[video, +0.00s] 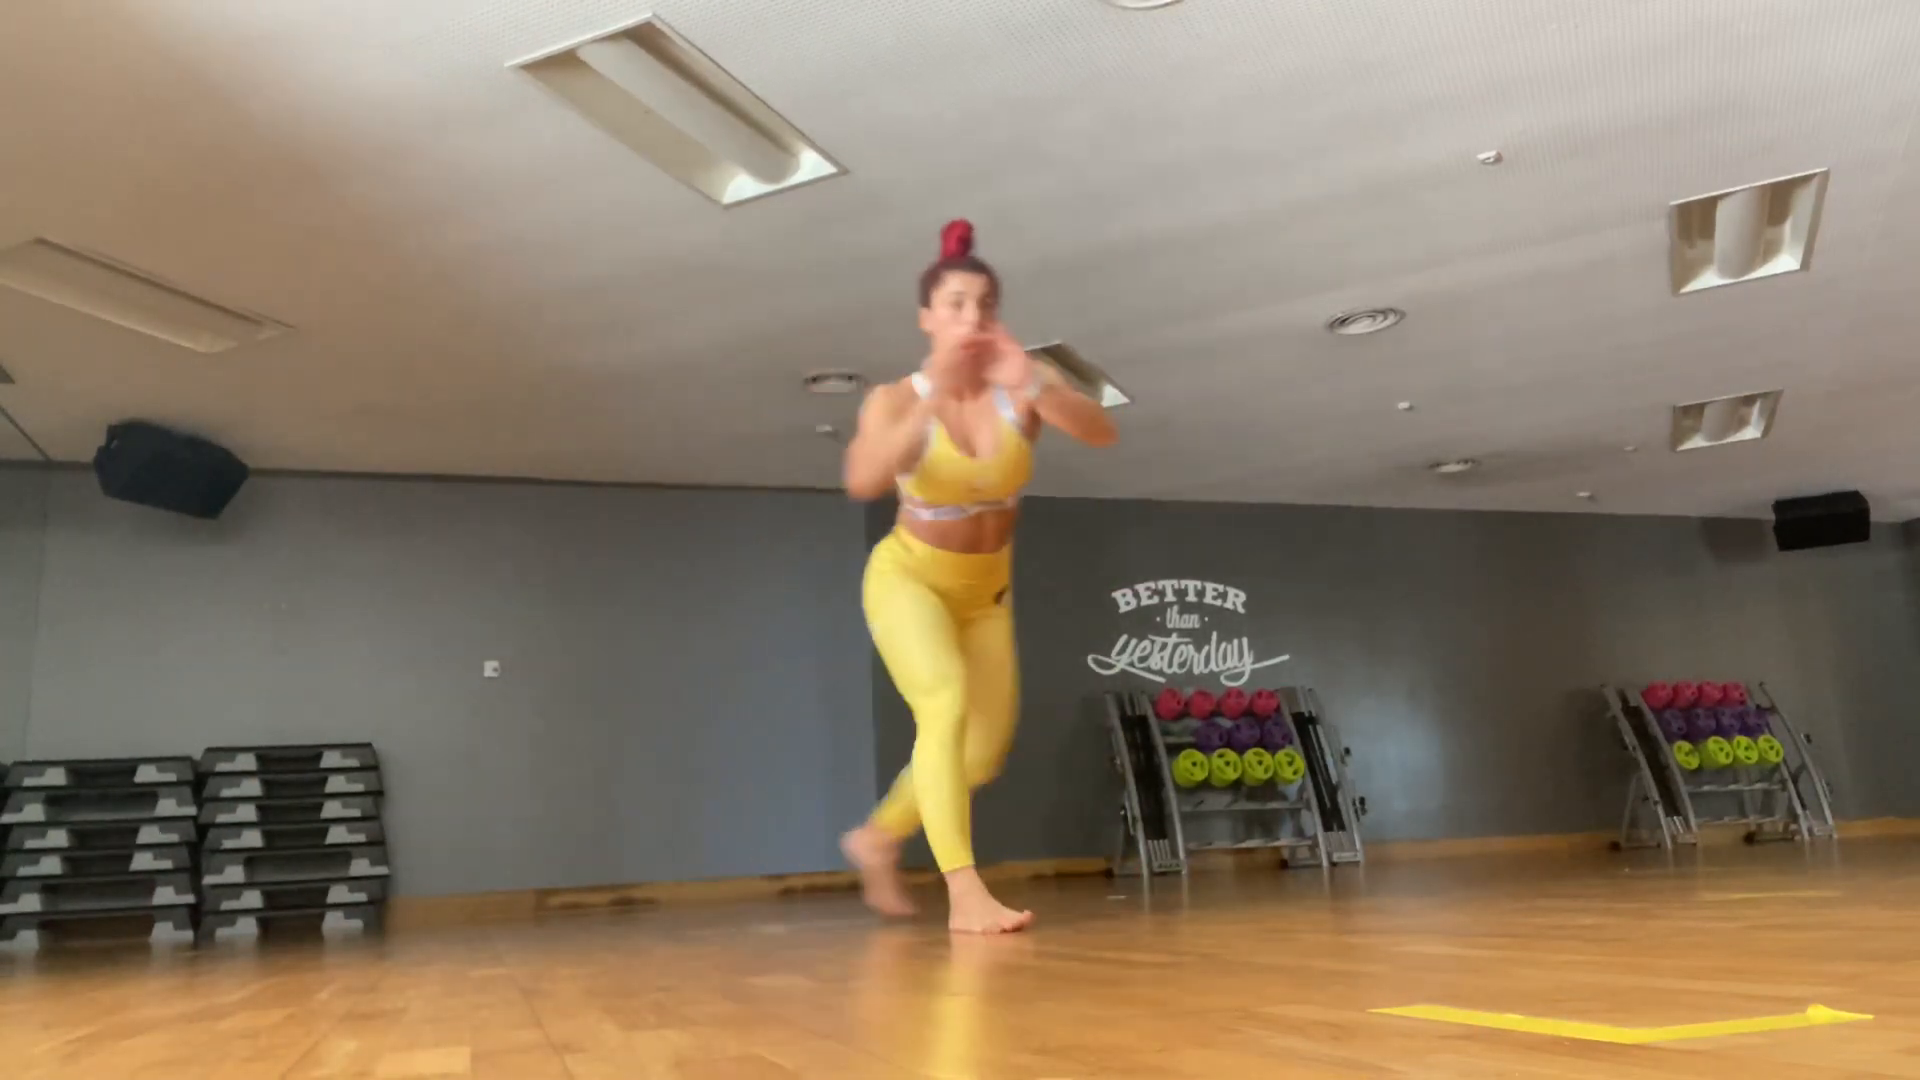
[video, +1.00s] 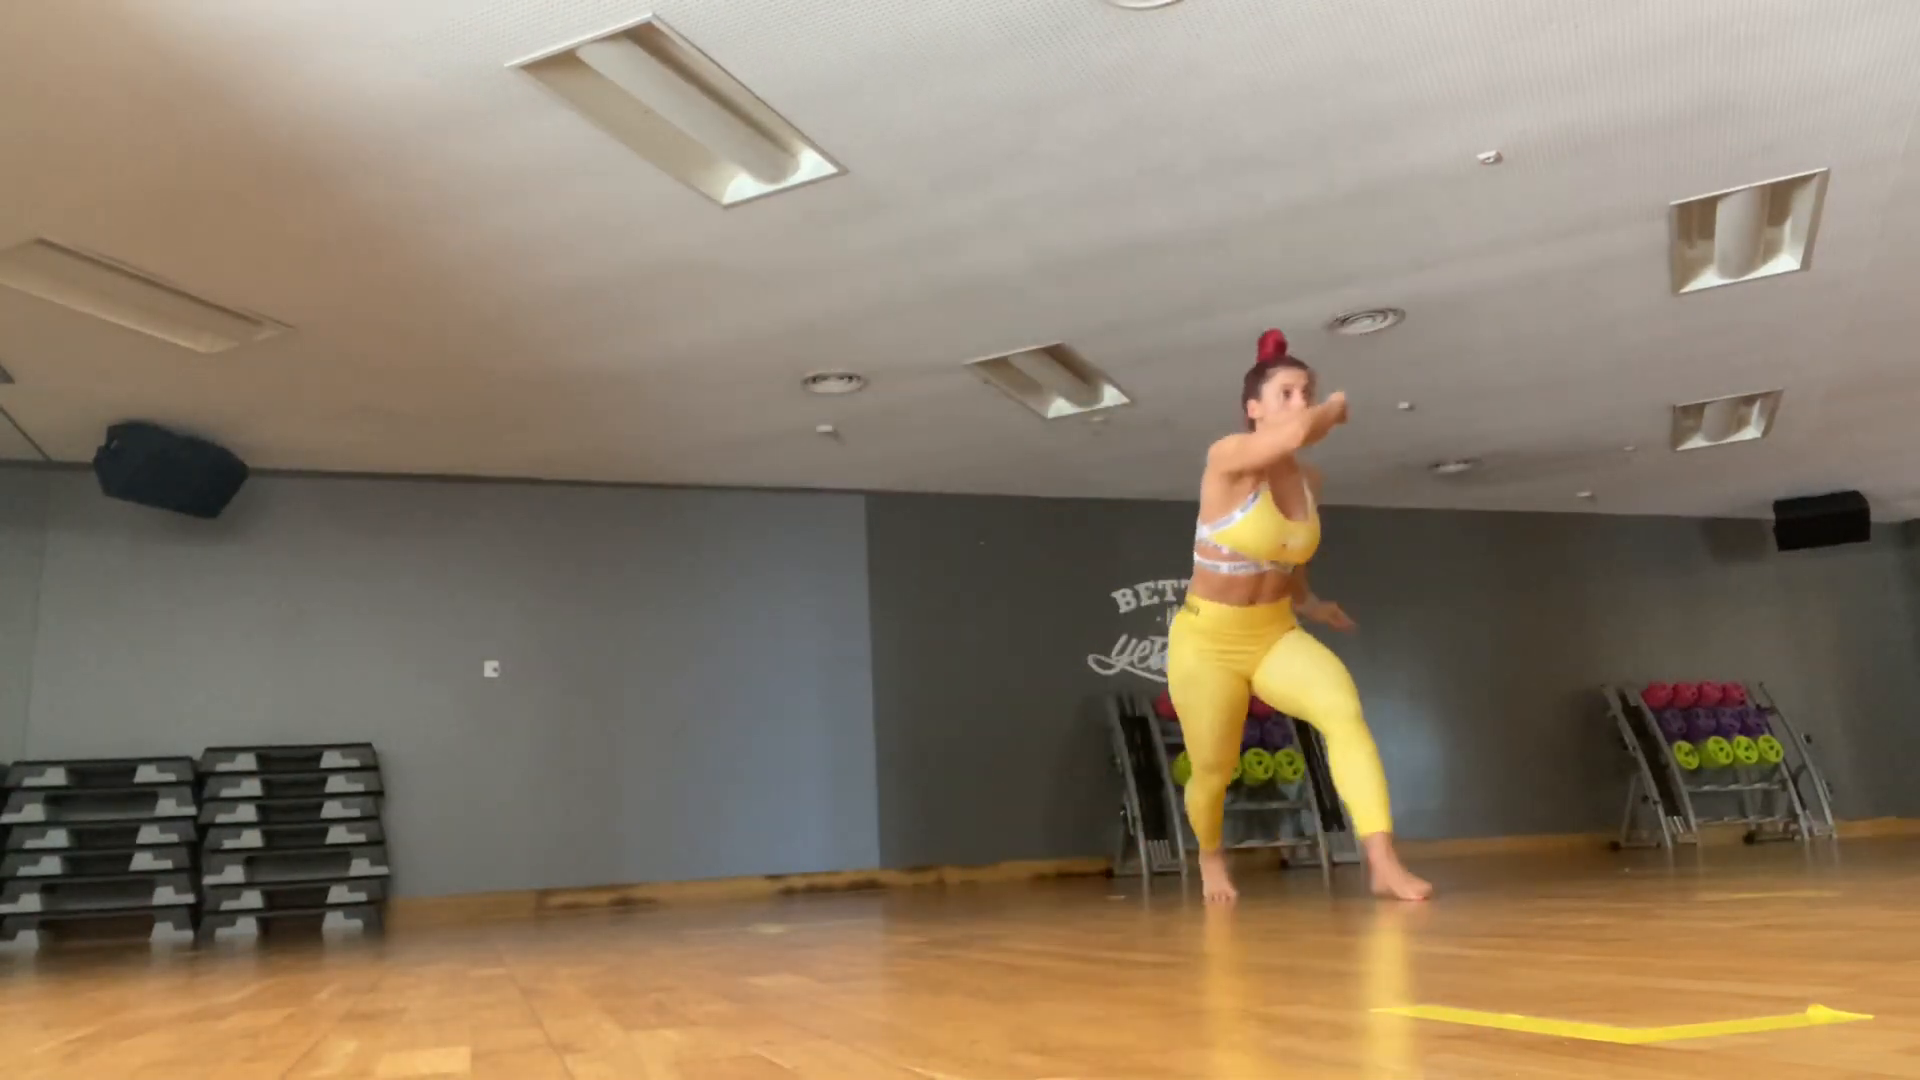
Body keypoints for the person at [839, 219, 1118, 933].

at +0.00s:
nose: (973, 318)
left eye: (986, 305)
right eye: (958, 304)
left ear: (997, 318)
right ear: (926, 316)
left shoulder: (1018, 389)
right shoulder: (897, 400)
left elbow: (1102, 433)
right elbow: (861, 483)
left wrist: (1035, 385)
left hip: (987, 592)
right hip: (910, 579)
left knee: (983, 752)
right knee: (943, 704)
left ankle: (874, 840)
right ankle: (965, 895)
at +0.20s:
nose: (1114, 341)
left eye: (1124, 329)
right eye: (1098, 325)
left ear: (1131, 344)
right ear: (1058, 341)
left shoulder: (1134, 413)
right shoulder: (1015, 423)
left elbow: (1227, 469)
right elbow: (1027, 505)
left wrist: (1196, 405)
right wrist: (1110, 443)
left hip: (1069, 607)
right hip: (987, 591)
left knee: (1162, 718)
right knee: (1011, 701)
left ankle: (1211, 864)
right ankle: (981, 894)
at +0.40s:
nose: (1291, 371)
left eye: (1297, 360)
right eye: (1273, 357)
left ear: (1304, 376)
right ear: (1233, 374)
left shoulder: (1298, 458)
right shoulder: (1179, 445)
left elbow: (1396, 478)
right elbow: (1083, 516)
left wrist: (1403, 396)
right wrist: (1116, 518)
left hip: (1193, 620)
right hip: (1111, 601)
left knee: (1293, 713)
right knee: (1055, 727)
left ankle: (1344, 873)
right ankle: (998, 878)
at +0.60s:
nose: (1355, 376)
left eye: (1362, 365)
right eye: (1338, 363)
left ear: (1367, 383)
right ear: (1299, 379)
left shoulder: (1360, 472)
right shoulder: (1258, 439)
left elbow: (1425, 540)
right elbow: (1169, 467)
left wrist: (1509, 569)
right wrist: (1238, 435)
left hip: (1252, 605)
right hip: (1176, 587)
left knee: (1329, 707)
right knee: (1104, 730)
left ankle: (1346, 872)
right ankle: (1026, 874)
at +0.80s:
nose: (1342, 358)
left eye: (1346, 349)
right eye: (1326, 348)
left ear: (1349, 358)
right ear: (1287, 366)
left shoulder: (1339, 447)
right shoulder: (1258, 417)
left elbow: (1281, 520)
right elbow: (1327, 391)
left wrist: (1308, 566)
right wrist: (1386, 357)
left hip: (1271, 604)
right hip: (1198, 597)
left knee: (1331, 714)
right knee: (1172, 725)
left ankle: (1348, 870)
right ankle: (1160, 844)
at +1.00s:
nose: (1303, 405)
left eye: (1308, 394)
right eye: (1288, 394)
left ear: (1312, 403)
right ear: (1253, 408)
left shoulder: (1307, 477)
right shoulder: (1226, 457)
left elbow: (1288, 554)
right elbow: (1284, 439)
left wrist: (1309, 604)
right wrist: (1327, 413)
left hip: (1275, 637)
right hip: (1207, 641)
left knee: (1342, 709)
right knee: (1213, 769)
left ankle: (1382, 862)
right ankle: (1211, 861)